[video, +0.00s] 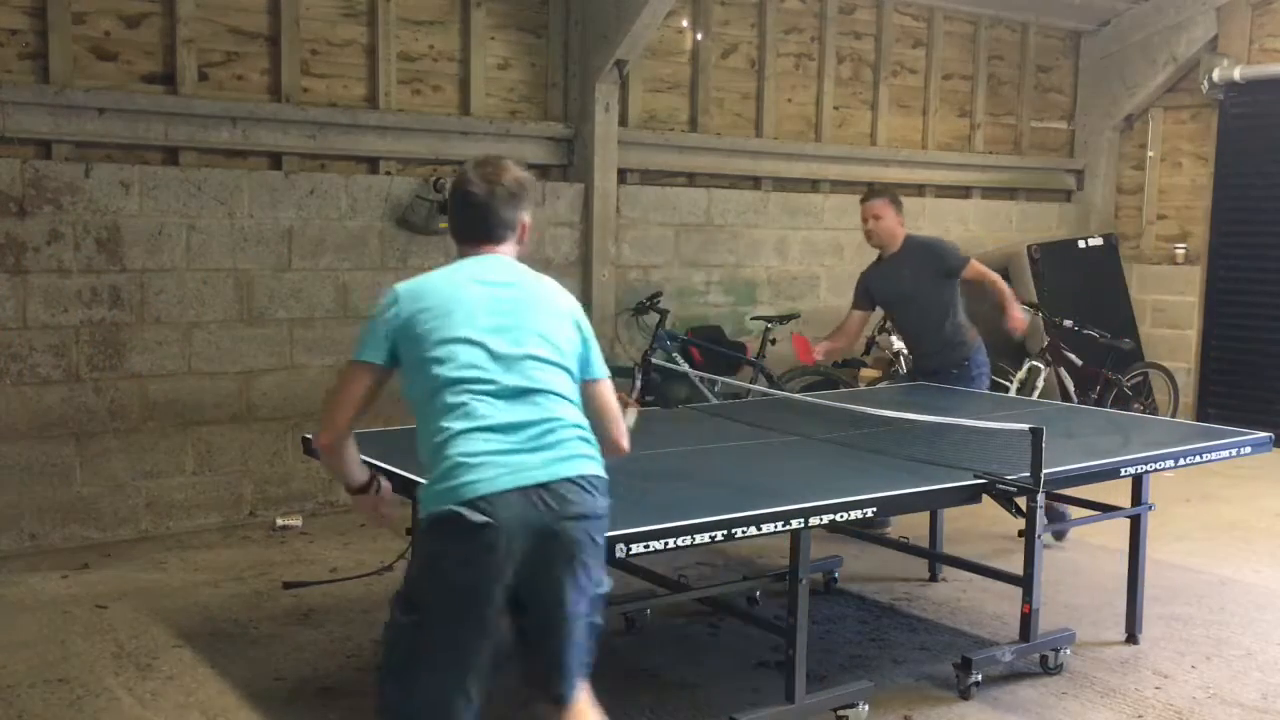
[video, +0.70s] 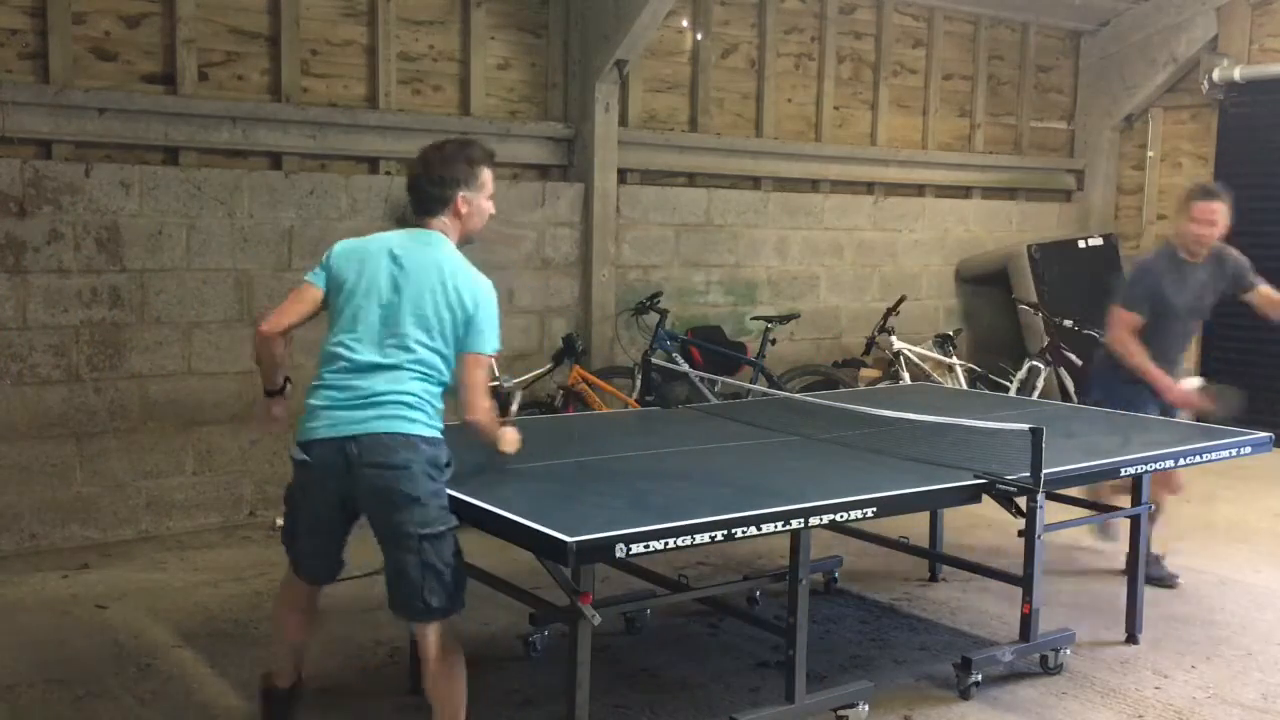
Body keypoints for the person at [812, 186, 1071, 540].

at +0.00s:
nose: (867, 227)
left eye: (874, 218)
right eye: (864, 221)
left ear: (897, 219)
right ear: (865, 226)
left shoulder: (934, 253)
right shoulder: (872, 278)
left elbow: (991, 278)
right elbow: (847, 335)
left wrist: (1013, 308)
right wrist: (825, 347)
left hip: (965, 366)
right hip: (923, 373)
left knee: (979, 445)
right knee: (892, 436)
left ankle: (1051, 507)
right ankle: (880, 513)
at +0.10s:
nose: (894, 223)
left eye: (902, 215)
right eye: (890, 217)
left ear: (923, 217)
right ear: (887, 224)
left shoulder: (957, 254)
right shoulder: (892, 276)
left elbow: (1012, 281)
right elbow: (871, 329)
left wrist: (1054, 307)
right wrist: (856, 342)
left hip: (978, 370)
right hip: (934, 374)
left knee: (987, 441)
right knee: (900, 435)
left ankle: (1038, 497)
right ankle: (879, 513)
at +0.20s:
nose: (932, 215)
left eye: (939, 207)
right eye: (927, 210)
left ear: (961, 209)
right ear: (923, 217)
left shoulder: (992, 247)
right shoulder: (923, 270)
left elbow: (1046, 277)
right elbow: (907, 319)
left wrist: (1098, 305)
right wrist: (901, 338)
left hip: (1001, 373)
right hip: (951, 373)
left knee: (1007, 444)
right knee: (909, 431)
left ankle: (1021, 509)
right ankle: (882, 510)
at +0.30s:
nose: (979, 207)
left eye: (987, 198)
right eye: (973, 200)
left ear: (1007, 202)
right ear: (968, 207)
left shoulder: (1039, 244)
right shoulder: (963, 260)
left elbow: (1088, 277)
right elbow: (947, 313)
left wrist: (1137, 308)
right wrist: (957, 339)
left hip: (1027, 376)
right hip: (976, 375)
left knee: (1026, 448)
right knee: (936, 435)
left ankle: (1022, 512)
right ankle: (886, 506)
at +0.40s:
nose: (1030, 206)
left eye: (1039, 198)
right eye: (1025, 199)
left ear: (1059, 205)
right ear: (1018, 205)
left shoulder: (1082, 251)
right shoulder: (1005, 257)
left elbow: (1123, 296)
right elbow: (987, 317)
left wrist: (1164, 338)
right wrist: (1008, 345)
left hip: (1058, 376)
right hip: (1009, 373)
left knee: (1051, 449)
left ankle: (1030, 511)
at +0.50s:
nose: (1088, 209)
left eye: (1097, 202)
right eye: (1082, 201)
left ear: (1113, 209)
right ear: (1072, 207)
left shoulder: (1126, 257)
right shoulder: (1048, 253)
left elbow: (1156, 305)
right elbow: (1016, 308)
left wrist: (1185, 337)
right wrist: (1046, 343)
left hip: (1087, 373)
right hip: (1040, 367)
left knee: (1072, 448)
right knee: (1036, 440)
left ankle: (1030, 508)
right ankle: (1025, 509)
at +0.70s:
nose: (1203, 231)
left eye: (1213, 223)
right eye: (1196, 220)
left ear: (1225, 228)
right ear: (1181, 220)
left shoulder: (1227, 264)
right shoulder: (1152, 269)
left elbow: (1268, 301)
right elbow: (1117, 335)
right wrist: (1165, 384)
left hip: (1164, 381)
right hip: (1121, 379)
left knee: (1166, 477)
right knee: (1164, 478)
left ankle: (1142, 552)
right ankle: (1101, 493)